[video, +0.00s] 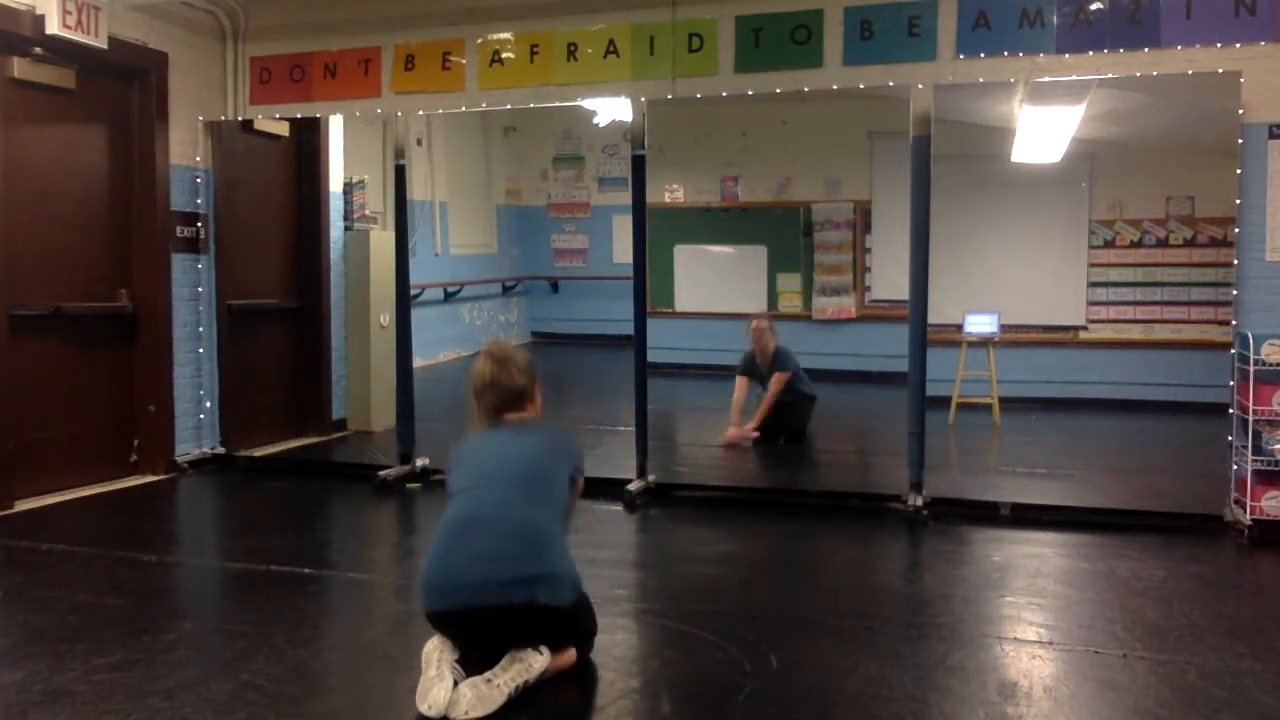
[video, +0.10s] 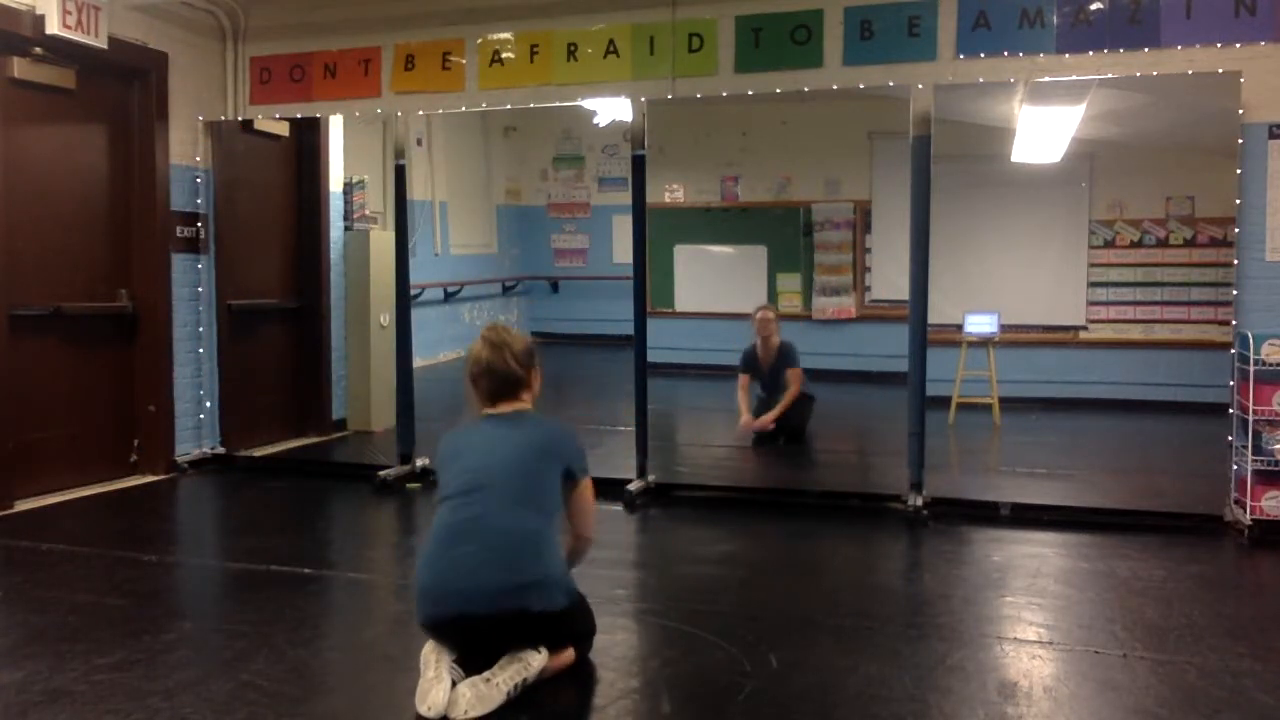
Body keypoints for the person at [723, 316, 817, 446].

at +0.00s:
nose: (758, 336)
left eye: (763, 332)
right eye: (755, 332)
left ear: (771, 335)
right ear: (750, 335)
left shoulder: (783, 357)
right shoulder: (748, 359)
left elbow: (772, 394)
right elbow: (739, 393)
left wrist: (753, 424)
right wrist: (734, 426)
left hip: (801, 398)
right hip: (776, 397)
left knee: (794, 439)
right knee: (763, 439)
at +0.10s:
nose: (764, 325)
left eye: (769, 320)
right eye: (760, 320)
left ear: (776, 324)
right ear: (754, 325)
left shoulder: (787, 350)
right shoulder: (749, 354)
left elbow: (795, 387)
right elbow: (743, 388)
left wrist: (770, 416)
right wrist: (745, 415)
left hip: (789, 397)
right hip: (766, 399)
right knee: (760, 438)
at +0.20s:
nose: (768, 322)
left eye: (773, 318)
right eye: (764, 317)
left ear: (779, 322)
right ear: (758, 321)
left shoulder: (790, 349)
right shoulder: (751, 351)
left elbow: (811, 382)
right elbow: (746, 383)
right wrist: (756, 399)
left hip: (794, 403)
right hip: (766, 404)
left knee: (793, 441)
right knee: (761, 441)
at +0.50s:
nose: (786, 332)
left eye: (790, 328)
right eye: (782, 327)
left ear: (795, 329)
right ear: (774, 325)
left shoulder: (801, 353)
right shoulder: (759, 350)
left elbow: (815, 377)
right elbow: (750, 377)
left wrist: (800, 395)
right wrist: (767, 395)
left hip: (794, 406)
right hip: (768, 404)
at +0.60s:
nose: (793, 341)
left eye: (798, 337)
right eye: (789, 335)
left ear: (802, 337)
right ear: (781, 331)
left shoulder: (805, 361)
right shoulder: (764, 354)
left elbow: (817, 387)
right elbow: (751, 383)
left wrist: (802, 403)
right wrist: (771, 405)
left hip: (795, 414)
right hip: (768, 412)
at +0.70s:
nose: (800, 350)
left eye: (805, 346)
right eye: (796, 345)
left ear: (809, 346)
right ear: (787, 340)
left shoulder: (807, 367)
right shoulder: (768, 359)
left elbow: (816, 401)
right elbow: (756, 392)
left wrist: (805, 419)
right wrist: (776, 419)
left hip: (797, 427)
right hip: (766, 425)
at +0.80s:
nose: (805, 364)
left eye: (809, 360)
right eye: (801, 358)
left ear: (814, 359)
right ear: (792, 352)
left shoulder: (808, 374)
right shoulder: (771, 366)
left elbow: (815, 410)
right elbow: (766, 404)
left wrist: (814, 434)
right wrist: (783, 435)